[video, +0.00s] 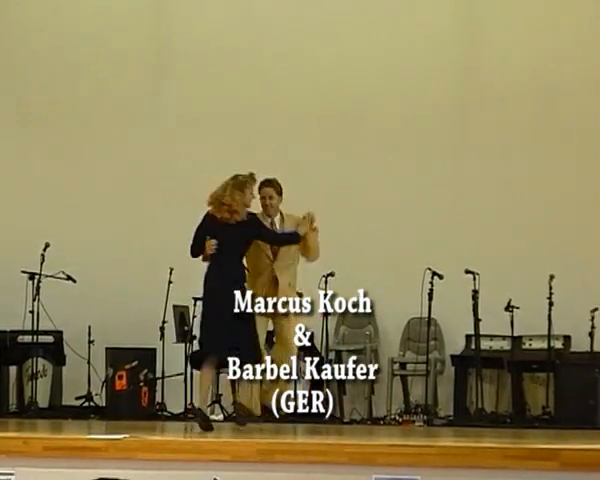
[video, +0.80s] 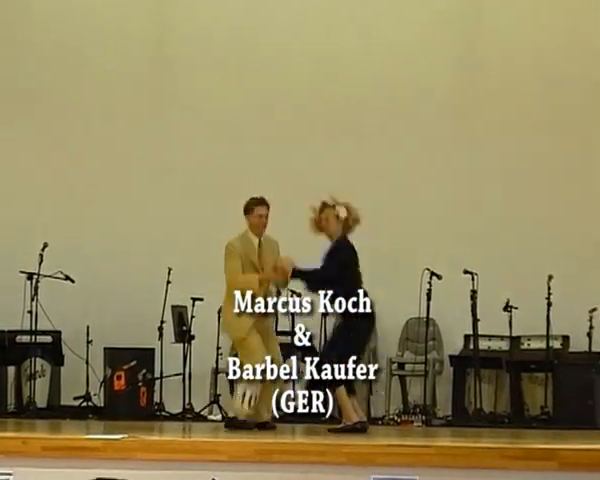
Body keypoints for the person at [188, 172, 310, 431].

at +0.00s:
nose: (254, 199)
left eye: (253, 195)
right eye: (251, 194)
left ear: (227, 192)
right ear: (243, 195)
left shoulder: (210, 218)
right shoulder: (249, 221)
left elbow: (195, 251)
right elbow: (275, 239)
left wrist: (205, 246)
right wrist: (301, 233)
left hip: (213, 284)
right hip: (236, 285)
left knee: (213, 347)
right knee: (244, 344)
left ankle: (201, 405)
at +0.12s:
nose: (265, 210)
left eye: (266, 205)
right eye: (262, 205)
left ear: (242, 206)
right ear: (252, 207)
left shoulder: (226, 231)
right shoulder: (261, 236)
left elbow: (208, 263)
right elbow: (287, 262)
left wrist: (223, 261)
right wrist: (304, 262)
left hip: (229, 300)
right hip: (250, 301)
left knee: (226, 356)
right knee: (269, 356)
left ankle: (205, 412)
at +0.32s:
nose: (290, 203)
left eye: (290, 198)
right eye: (286, 199)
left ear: (279, 201)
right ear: (276, 202)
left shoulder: (276, 227)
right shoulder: (281, 228)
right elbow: (311, 225)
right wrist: (323, 208)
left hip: (272, 295)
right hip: (276, 297)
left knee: (280, 356)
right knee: (283, 356)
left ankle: (270, 411)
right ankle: (269, 411)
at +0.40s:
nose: (308, 187)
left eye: (308, 182)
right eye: (306, 183)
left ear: (284, 182)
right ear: (300, 185)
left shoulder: (279, 203)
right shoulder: (294, 207)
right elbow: (303, 236)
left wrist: (308, 168)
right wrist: (316, 238)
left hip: (276, 277)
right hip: (290, 278)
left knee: (282, 337)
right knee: (317, 329)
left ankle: (278, 396)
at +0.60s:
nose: (317, 182)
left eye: (320, 177)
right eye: (312, 178)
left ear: (325, 178)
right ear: (303, 180)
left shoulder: (335, 200)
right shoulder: (299, 201)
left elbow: (345, 231)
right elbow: (271, 197)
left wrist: (325, 224)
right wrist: (273, 173)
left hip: (330, 266)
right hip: (307, 265)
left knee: (326, 323)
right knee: (305, 320)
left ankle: (332, 387)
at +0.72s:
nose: (322, 205)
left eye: (326, 200)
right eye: (318, 201)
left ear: (335, 200)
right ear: (313, 203)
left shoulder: (340, 226)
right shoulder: (319, 228)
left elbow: (333, 262)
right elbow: (301, 256)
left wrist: (310, 248)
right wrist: (288, 241)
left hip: (344, 298)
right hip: (332, 297)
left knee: (326, 349)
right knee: (322, 349)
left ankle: (348, 410)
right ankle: (344, 409)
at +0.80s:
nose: (324, 225)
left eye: (327, 220)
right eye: (323, 221)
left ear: (339, 219)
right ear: (323, 223)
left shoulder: (342, 248)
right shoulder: (340, 247)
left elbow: (325, 277)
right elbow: (325, 276)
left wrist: (294, 272)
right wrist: (295, 272)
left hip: (356, 315)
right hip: (355, 314)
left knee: (329, 364)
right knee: (337, 365)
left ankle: (350, 418)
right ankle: (356, 416)